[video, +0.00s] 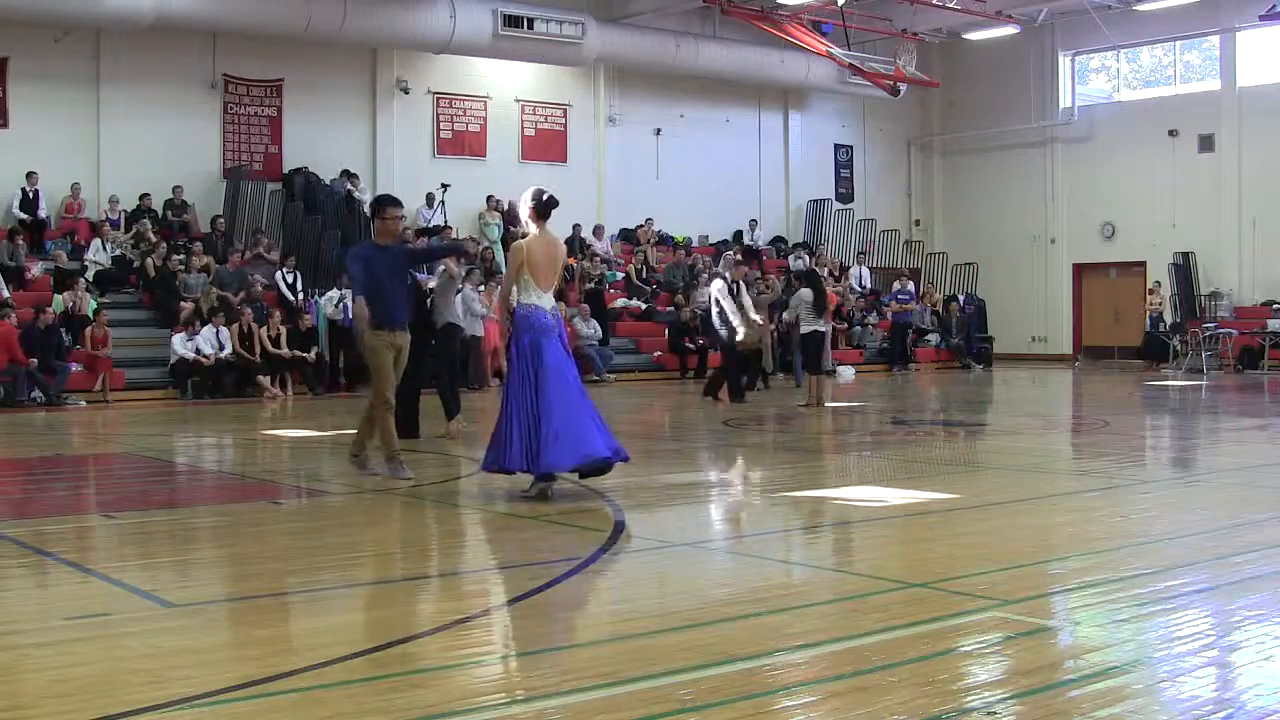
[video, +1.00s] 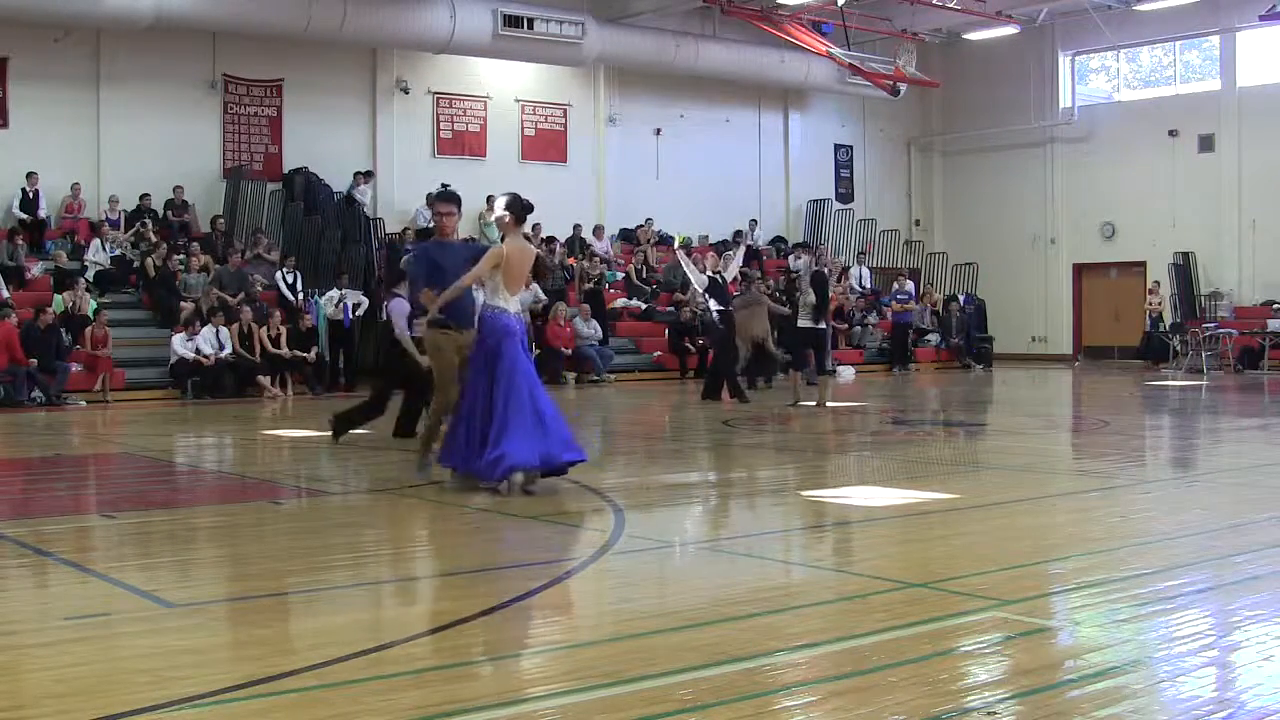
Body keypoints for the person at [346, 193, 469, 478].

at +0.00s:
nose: (400, 225)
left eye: (401, 219)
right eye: (394, 219)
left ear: (400, 220)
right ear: (378, 220)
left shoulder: (401, 252)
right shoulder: (360, 252)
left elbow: (429, 252)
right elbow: (357, 277)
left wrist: (459, 246)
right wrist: (359, 298)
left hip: (402, 334)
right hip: (376, 334)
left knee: (383, 396)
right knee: (385, 397)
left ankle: (357, 450)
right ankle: (393, 458)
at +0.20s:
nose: (410, 224)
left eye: (411, 218)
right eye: (404, 219)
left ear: (412, 220)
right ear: (388, 221)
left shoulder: (414, 253)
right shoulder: (368, 252)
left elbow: (441, 252)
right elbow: (352, 272)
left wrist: (470, 244)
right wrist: (347, 286)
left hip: (412, 337)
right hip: (382, 337)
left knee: (407, 405)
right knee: (390, 403)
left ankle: (377, 436)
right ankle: (394, 459)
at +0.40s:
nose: (417, 224)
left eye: (420, 219)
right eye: (411, 219)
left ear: (422, 220)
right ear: (397, 221)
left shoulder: (424, 253)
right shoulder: (380, 251)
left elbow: (453, 253)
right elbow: (356, 261)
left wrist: (480, 247)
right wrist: (364, 263)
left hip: (418, 336)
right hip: (385, 337)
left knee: (429, 396)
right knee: (392, 401)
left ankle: (423, 458)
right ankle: (395, 459)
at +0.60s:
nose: (424, 224)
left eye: (428, 219)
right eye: (418, 219)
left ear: (434, 221)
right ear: (407, 221)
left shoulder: (439, 253)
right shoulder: (394, 252)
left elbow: (468, 255)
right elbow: (389, 262)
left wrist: (499, 251)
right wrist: (416, 269)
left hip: (432, 337)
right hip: (400, 337)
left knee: (443, 401)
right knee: (397, 402)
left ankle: (456, 461)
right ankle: (396, 460)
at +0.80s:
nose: (433, 222)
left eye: (438, 217)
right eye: (428, 216)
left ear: (447, 219)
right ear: (420, 218)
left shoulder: (454, 252)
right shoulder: (408, 252)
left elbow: (492, 255)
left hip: (455, 337)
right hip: (422, 337)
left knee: (458, 400)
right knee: (415, 399)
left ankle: (458, 462)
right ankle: (400, 457)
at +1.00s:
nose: (443, 221)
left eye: (449, 215)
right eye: (438, 215)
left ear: (459, 217)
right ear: (432, 217)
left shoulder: (471, 249)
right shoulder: (422, 252)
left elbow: (500, 258)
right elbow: (418, 294)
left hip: (469, 332)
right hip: (440, 332)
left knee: (470, 396)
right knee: (447, 395)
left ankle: (464, 455)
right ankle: (426, 448)